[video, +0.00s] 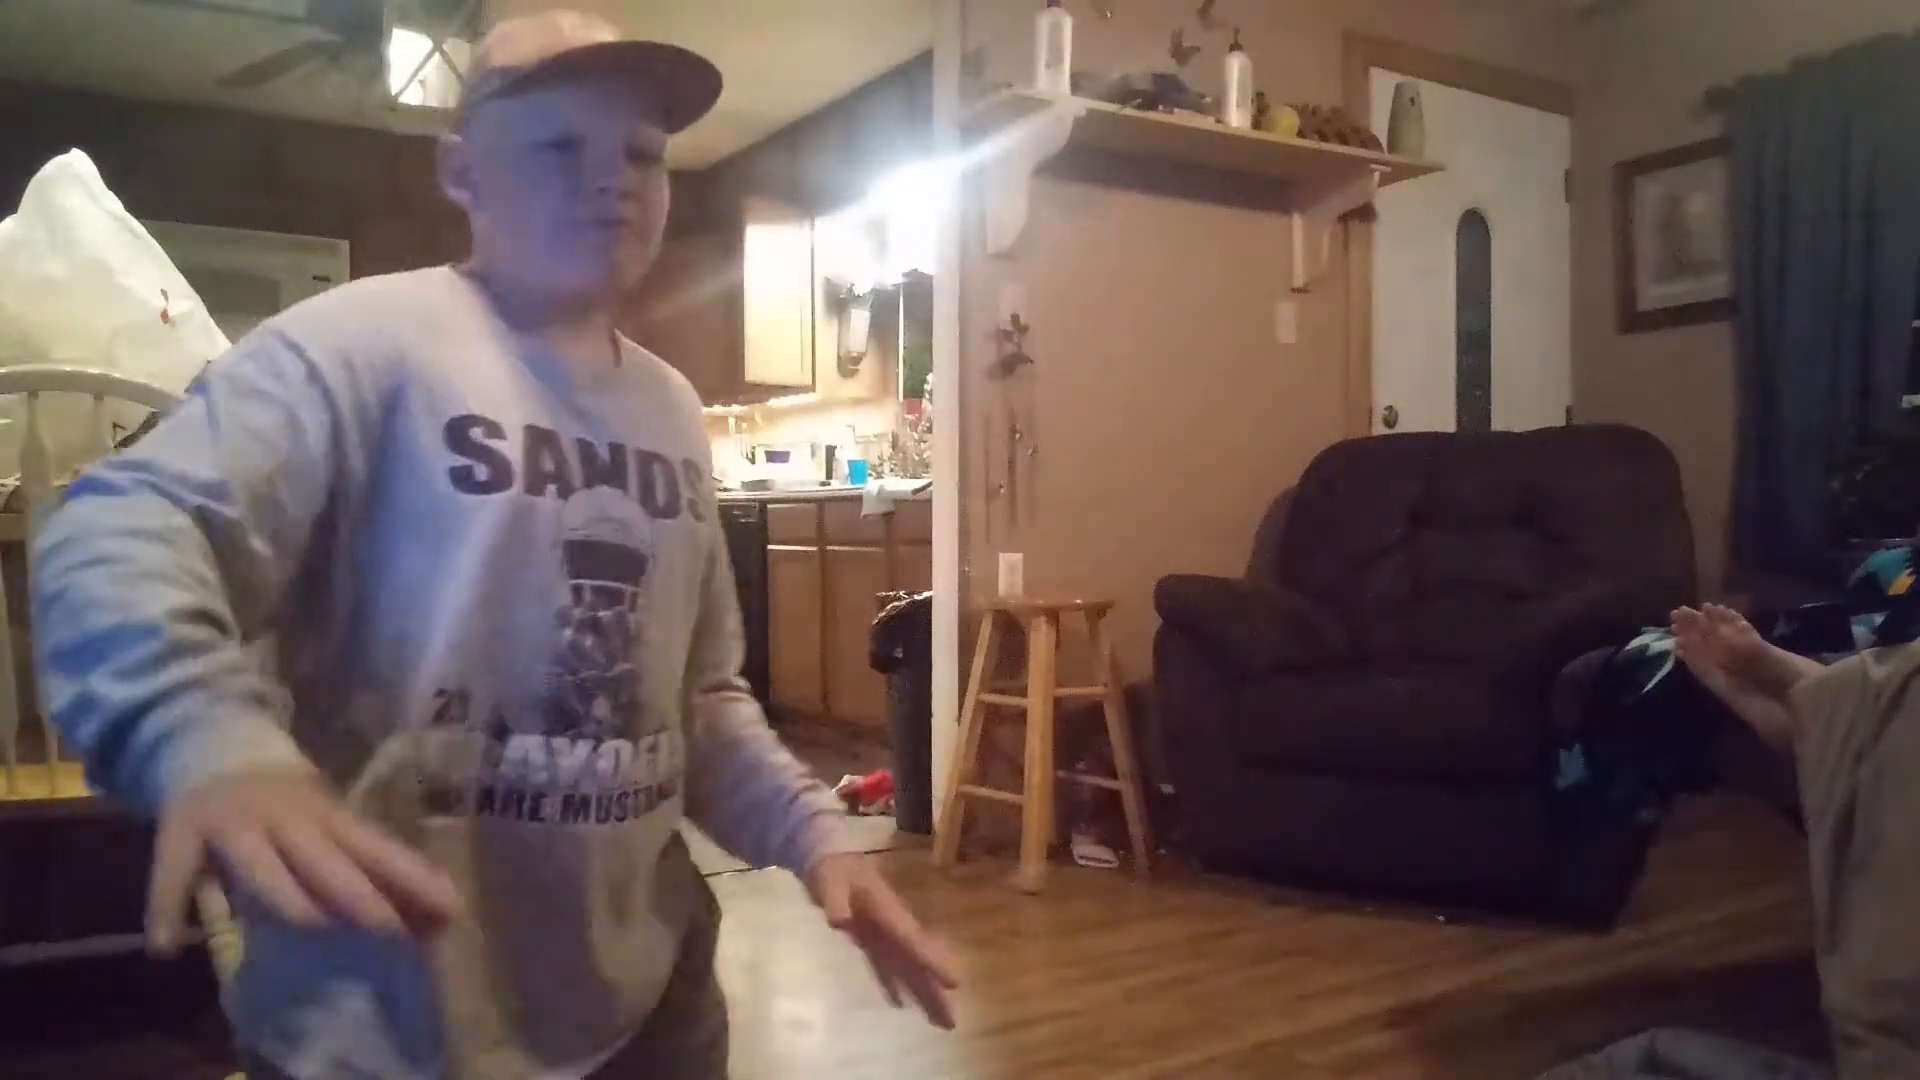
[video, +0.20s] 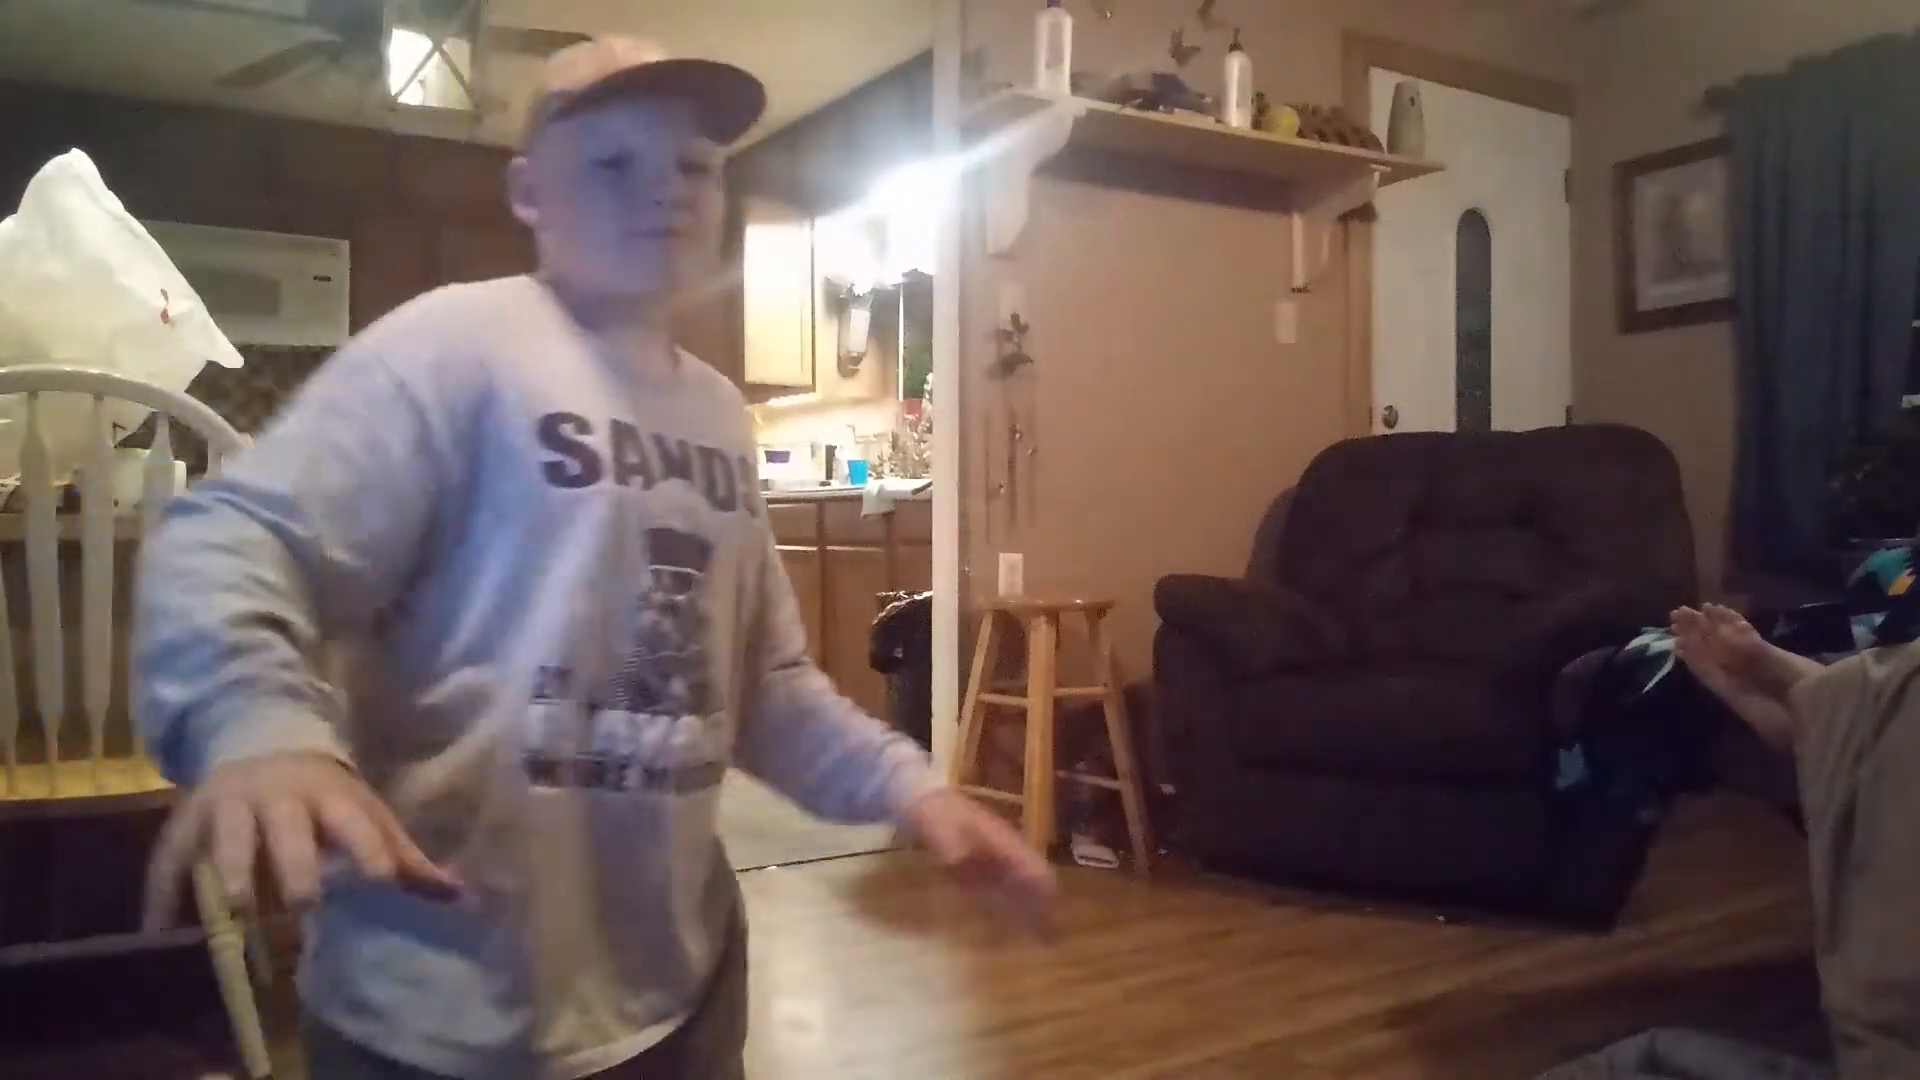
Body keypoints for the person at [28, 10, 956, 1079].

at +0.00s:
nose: (615, 177)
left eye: (642, 151)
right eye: (563, 143)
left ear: (666, 187)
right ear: (462, 174)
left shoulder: (670, 411)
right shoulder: (366, 343)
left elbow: (703, 696)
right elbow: (122, 527)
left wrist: (821, 838)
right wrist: (214, 745)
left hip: (643, 998)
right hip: (396, 1013)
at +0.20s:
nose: (671, 189)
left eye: (694, 164)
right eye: (620, 159)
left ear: (722, 199)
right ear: (529, 192)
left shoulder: (717, 413)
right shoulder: (456, 346)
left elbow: (762, 679)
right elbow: (230, 536)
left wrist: (911, 789)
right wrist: (256, 729)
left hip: (673, 990)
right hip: (452, 1000)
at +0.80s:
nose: (707, 175)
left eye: (725, 147)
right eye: (655, 139)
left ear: (745, 178)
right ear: (548, 169)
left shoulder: (714, 378)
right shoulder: (468, 355)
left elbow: (710, 662)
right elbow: (419, 705)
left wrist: (736, 932)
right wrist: (588, 977)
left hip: (715, 976)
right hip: (510, 1005)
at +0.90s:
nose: (694, 168)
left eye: (709, 140)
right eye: (641, 133)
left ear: (728, 166)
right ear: (533, 162)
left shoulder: (698, 372)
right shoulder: (459, 345)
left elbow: (705, 660)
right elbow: (412, 702)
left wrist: (730, 930)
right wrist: (559, 993)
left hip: (709, 983)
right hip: (506, 1011)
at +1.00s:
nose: (681, 166)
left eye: (694, 137)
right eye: (630, 131)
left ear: (710, 158)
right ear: (517, 159)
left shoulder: (689, 366)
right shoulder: (445, 348)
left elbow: (709, 657)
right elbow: (395, 705)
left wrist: (758, 902)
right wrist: (508, 1010)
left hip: (710, 982)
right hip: (535, 1008)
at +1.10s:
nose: (677, 163)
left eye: (689, 133)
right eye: (625, 129)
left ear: (708, 157)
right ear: (512, 162)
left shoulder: (690, 367)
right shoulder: (442, 348)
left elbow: (718, 651)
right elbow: (382, 701)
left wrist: (793, 855)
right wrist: (459, 1021)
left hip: (716, 977)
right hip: (538, 996)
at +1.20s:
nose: (679, 160)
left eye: (690, 133)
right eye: (627, 128)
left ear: (707, 158)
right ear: (513, 161)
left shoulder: (695, 371)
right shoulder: (434, 351)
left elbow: (740, 650)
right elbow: (359, 691)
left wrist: (865, 794)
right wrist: (365, 951)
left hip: (720, 976)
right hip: (525, 990)